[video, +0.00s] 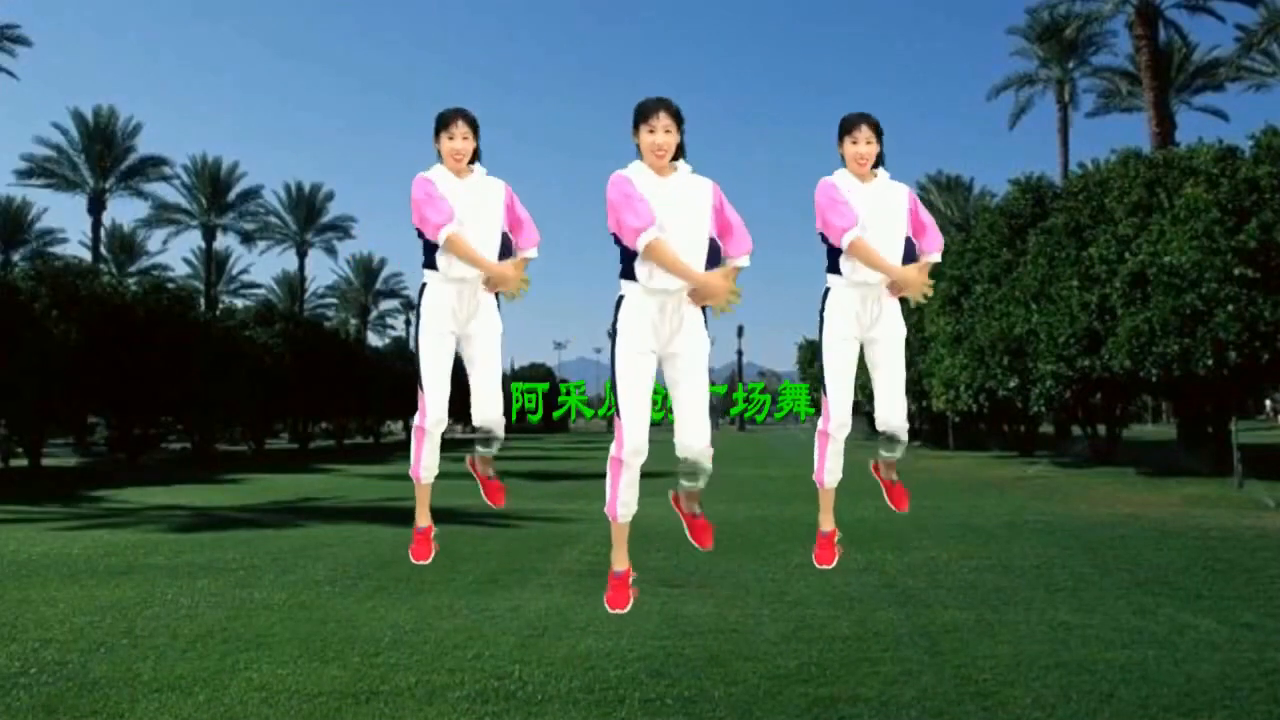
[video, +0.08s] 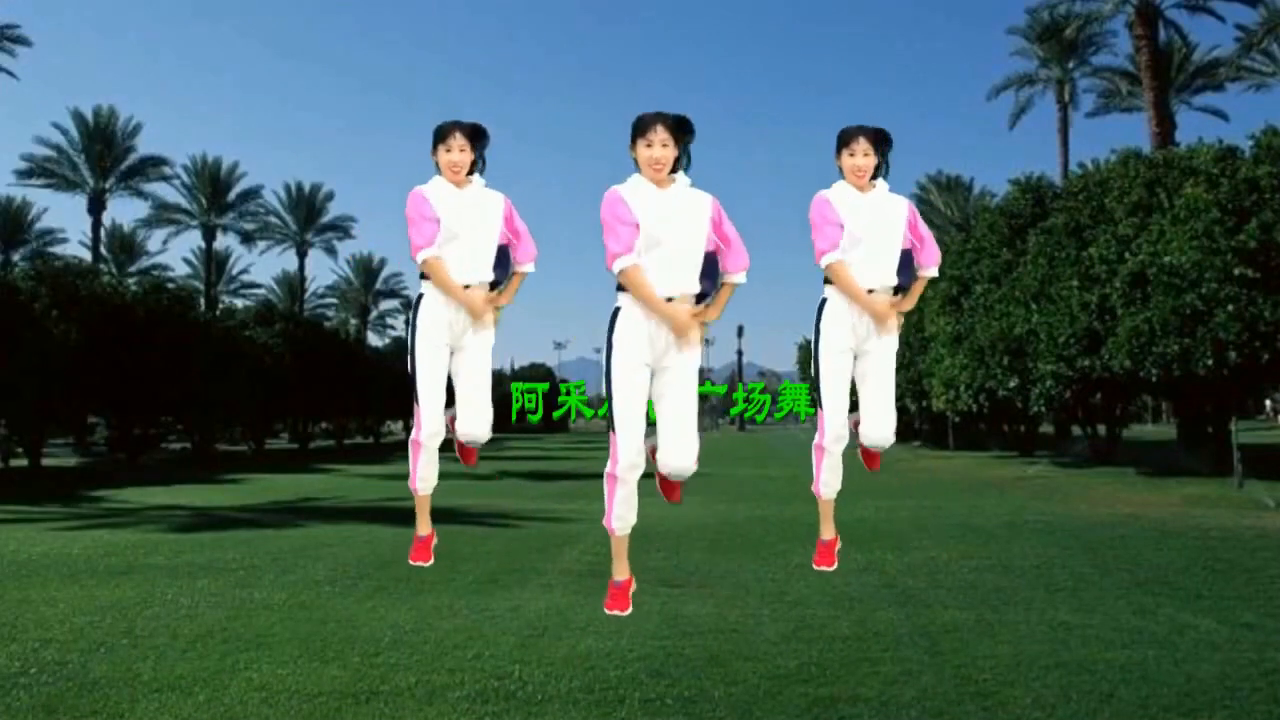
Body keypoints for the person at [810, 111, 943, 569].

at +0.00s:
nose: (863, 149)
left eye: (870, 142)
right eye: (854, 142)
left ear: (880, 148)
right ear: (840, 148)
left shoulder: (901, 194)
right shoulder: (830, 189)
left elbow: (931, 243)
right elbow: (848, 241)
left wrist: (918, 275)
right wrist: (898, 274)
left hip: (887, 304)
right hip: (842, 302)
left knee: (894, 423)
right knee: (837, 418)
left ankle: (886, 469)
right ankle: (826, 524)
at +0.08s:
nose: (860, 161)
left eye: (867, 154)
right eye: (852, 154)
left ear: (879, 160)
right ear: (838, 160)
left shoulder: (900, 206)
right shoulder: (827, 202)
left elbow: (930, 256)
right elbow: (831, 261)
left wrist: (909, 299)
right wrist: (870, 302)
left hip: (883, 314)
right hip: (838, 311)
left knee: (879, 435)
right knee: (833, 427)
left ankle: (867, 439)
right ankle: (827, 531)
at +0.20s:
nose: (857, 188)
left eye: (863, 181)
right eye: (849, 182)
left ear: (874, 189)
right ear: (837, 190)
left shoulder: (897, 238)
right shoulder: (827, 241)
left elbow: (922, 293)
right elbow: (791, 298)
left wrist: (901, 336)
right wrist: (811, 346)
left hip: (874, 348)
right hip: (832, 343)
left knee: (864, 459)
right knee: (831, 446)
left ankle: (834, 438)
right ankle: (827, 534)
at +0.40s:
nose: (863, 161)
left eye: (870, 154)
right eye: (855, 154)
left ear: (881, 162)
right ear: (844, 162)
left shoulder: (901, 211)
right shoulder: (826, 209)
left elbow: (932, 258)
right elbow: (775, 243)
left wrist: (908, 305)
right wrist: (805, 292)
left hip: (888, 325)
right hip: (842, 325)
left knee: (887, 435)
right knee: (841, 436)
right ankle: (829, 534)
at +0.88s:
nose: (877, 162)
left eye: (885, 156)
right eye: (870, 156)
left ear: (898, 164)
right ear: (861, 165)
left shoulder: (918, 210)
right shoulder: (843, 210)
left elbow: (958, 257)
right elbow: (798, 246)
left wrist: (922, 301)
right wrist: (823, 289)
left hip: (898, 322)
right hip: (853, 321)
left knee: (898, 432)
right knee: (856, 432)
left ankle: (894, 535)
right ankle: (853, 534)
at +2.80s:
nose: (860, 142)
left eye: (870, 137)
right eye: (857, 136)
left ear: (889, 148)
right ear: (852, 144)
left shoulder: (902, 190)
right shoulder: (828, 188)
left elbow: (911, 228)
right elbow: (789, 229)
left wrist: (902, 173)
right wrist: (806, 277)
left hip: (881, 299)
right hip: (837, 296)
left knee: (881, 416)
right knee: (831, 416)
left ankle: (883, 523)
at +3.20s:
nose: (864, 155)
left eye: (873, 148)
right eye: (860, 148)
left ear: (886, 159)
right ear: (853, 154)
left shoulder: (895, 205)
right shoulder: (829, 196)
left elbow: (858, 197)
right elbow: (783, 235)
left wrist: (880, 154)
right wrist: (793, 283)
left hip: (864, 305)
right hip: (821, 302)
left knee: (870, 427)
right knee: (812, 425)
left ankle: (879, 530)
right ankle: (803, 501)